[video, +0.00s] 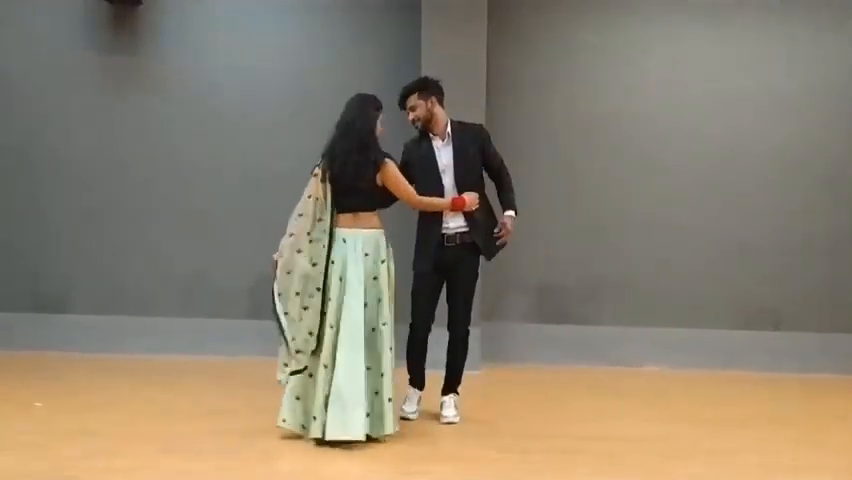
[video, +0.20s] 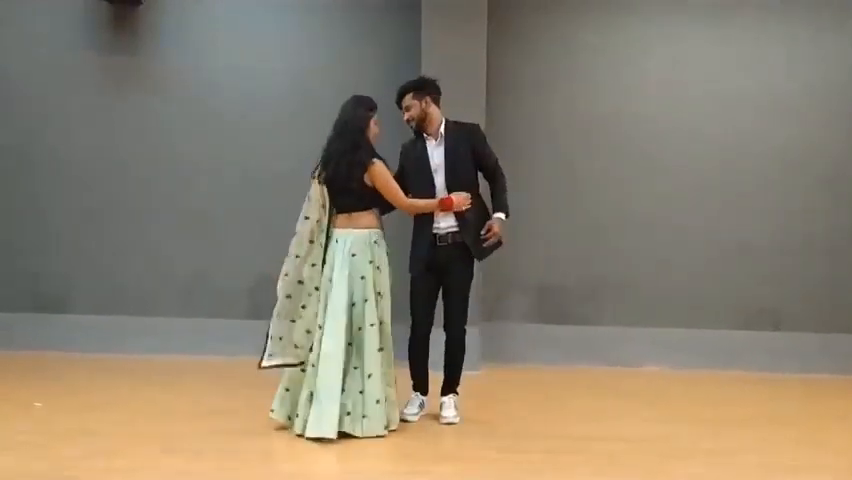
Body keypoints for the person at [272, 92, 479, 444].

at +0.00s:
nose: (382, 126)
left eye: (381, 119)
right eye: (381, 120)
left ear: (347, 120)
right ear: (372, 123)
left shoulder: (329, 163)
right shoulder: (380, 163)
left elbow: (307, 213)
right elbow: (415, 201)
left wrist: (285, 252)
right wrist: (457, 203)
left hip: (336, 245)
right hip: (370, 245)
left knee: (333, 328)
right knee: (367, 331)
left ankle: (326, 413)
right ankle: (360, 415)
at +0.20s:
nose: (377, 128)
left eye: (376, 121)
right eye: (375, 122)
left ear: (346, 123)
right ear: (366, 124)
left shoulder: (327, 165)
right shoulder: (371, 165)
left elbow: (316, 216)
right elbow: (405, 205)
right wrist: (447, 202)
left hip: (333, 248)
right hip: (364, 248)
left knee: (330, 328)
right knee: (363, 329)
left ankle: (322, 408)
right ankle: (360, 410)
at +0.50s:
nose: (369, 126)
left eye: (369, 119)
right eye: (365, 120)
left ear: (352, 123)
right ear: (350, 122)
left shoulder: (354, 158)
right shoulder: (343, 160)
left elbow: (359, 207)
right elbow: (360, 206)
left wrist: (383, 211)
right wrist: (400, 205)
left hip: (355, 240)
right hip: (342, 242)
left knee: (358, 320)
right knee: (349, 320)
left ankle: (355, 401)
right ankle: (346, 403)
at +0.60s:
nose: (367, 123)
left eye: (367, 117)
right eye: (362, 117)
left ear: (356, 120)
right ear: (347, 120)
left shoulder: (360, 155)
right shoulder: (333, 159)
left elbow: (367, 197)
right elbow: (334, 207)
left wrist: (375, 167)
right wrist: (373, 216)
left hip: (363, 241)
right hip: (337, 244)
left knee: (364, 317)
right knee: (348, 318)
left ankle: (362, 396)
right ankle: (345, 399)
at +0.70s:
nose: (362, 123)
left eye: (361, 117)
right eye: (356, 118)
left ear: (353, 123)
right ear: (339, 121)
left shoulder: (357, 162)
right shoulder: (319, 163)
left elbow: (363, 209)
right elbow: (310, 210)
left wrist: (378, 182)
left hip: (349, 242)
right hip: (321, 242)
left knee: (351, 319)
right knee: (329, 319)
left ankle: (353, 397)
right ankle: (330, 398)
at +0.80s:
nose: (351, 127)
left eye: (352, 121)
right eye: (343, 122)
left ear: (353, 128)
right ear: (327, 129)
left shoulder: (353, 169)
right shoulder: (309, 170)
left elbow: (351, 210)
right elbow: (299, 218)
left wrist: (375, 213)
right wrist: (292, 265)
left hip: (340, 251)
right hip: (311, 250)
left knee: (340, 324)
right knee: (311, 324)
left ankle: (342, 396)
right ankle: (307, 398)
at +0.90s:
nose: (328, 135)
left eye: (332, 129)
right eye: (321, 131)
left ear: (341, 137)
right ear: (309, 139)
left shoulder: (344, 180)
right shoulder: (297, 178)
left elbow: (350, 214)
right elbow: (284, 226)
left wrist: (372, 212)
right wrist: (270, 271)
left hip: (326, 259)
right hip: (296, 257)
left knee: (326, 329)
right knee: (284, 327)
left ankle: (327, 399)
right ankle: (281, 398)